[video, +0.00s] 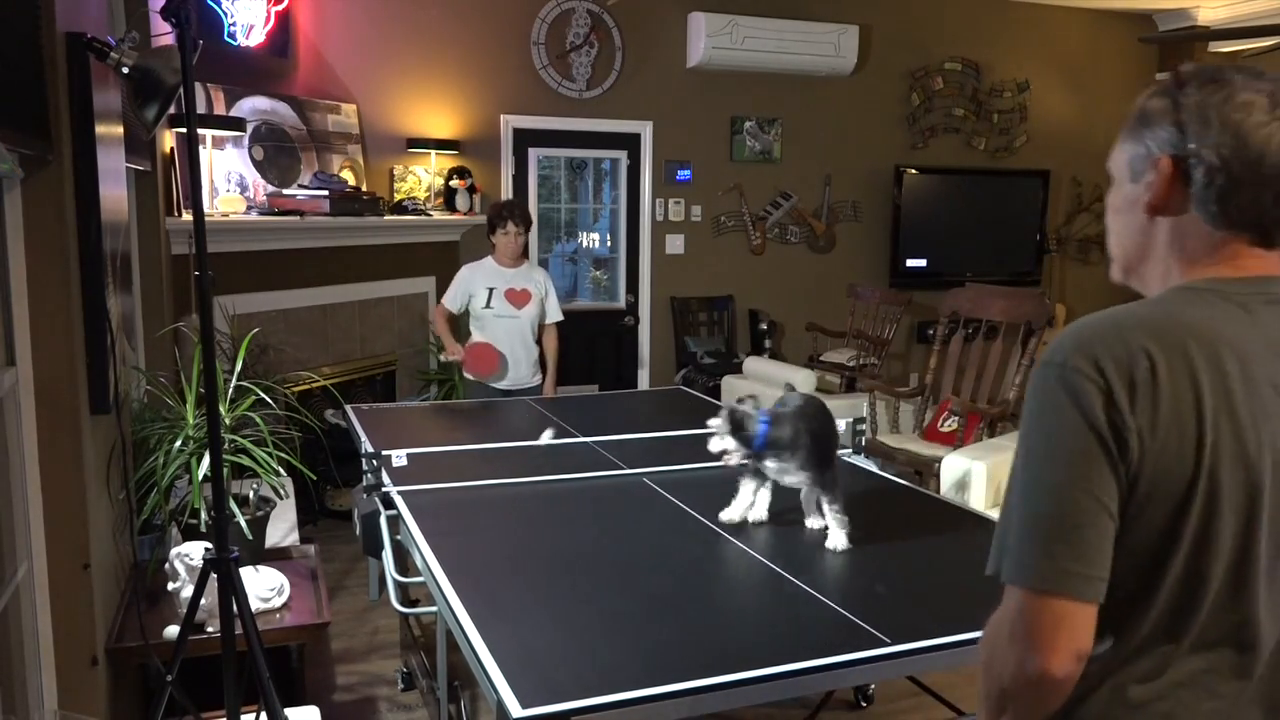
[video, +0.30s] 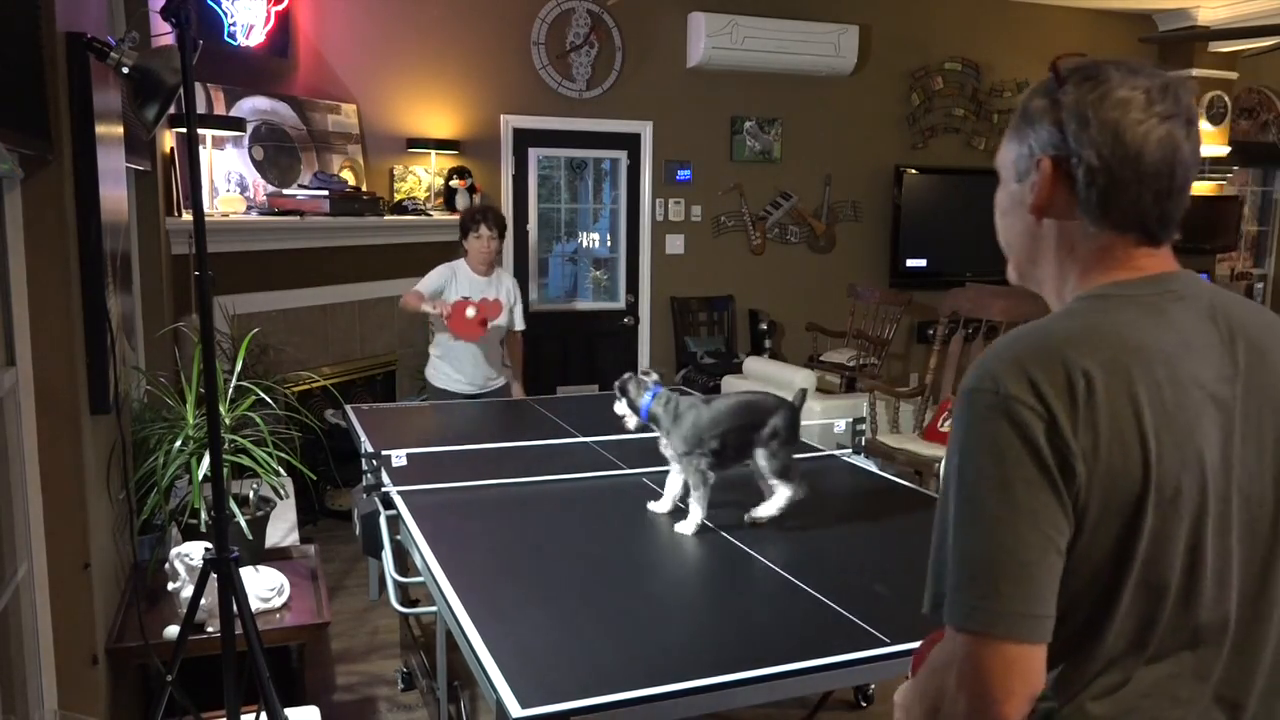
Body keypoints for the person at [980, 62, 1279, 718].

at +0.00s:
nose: (1107, 205)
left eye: (1115, 179)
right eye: (1109, 181)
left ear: (1162, 182)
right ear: (1259, 184)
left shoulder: (1105, 359)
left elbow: (1044, 655)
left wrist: (1002, 706)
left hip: (1138, 703)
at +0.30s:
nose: (996, 211)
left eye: (1002, 180)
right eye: (997, 182)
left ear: (1043, 182)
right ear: (1168, 190)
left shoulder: (1027, 378)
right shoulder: (1267, 337)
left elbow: (991, 688)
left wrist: (911, 700)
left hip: (1096, 705)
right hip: (1255, 700)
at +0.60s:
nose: (891, 265)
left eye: (896, 236)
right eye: (890, 238)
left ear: (938, 244)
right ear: (1052, 240)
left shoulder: (989, 448)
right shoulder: (1138, 374)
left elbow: (1012, 700)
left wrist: (909, 703)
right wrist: (929, 691)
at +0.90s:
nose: (686, 418)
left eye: (685, 397)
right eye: (683, 395)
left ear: (721, 408)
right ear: (829, 380)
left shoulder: (855, 562)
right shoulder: (864, 476)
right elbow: (734, 558)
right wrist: (618, 546)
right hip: (1134, 699)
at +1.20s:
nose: (715, 317)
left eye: (719, 296)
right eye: (717, 295)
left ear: (747, 316)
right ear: (876, 292)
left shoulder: (836, 516)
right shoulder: (960, 402)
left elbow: (911, 705)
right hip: (1145, 701)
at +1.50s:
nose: (874, 290)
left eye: (878, 268)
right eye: (877, 266)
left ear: (909, 285)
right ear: (1038, 279)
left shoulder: (941, 477)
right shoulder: (1133, 404)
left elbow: (928, 702)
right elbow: (1229, 617)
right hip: (1232, 702)